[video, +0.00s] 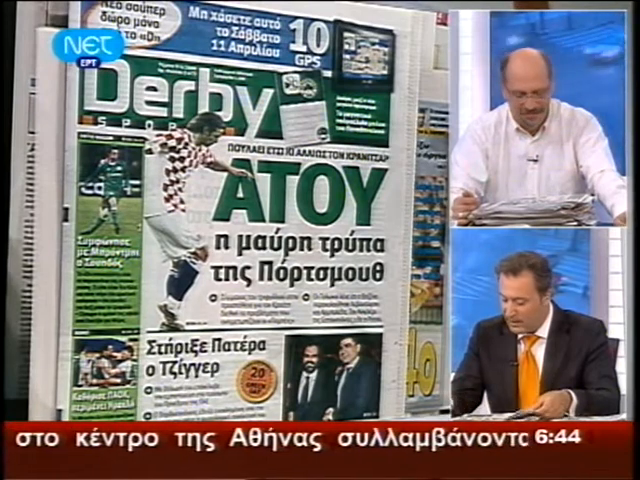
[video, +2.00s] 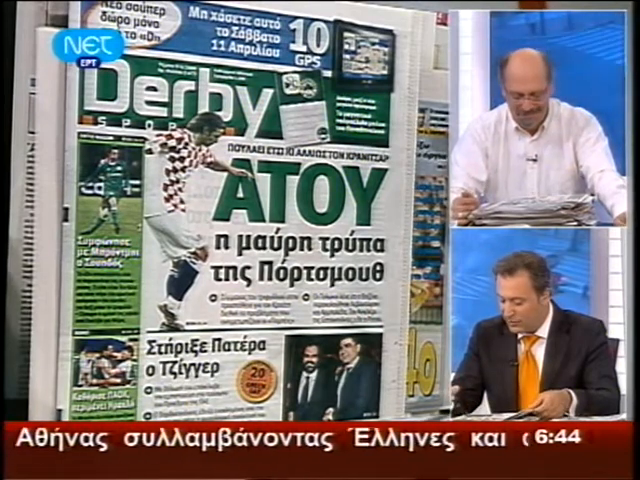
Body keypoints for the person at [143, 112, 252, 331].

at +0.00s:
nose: (215, 141)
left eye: (217, 137)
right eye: (215, 136)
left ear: (207, 132)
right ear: (205, 130)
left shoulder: (199, 150)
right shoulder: (179, 137)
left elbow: (212, 162)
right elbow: (149, 145)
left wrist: (232, 170)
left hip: (165, 209)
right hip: (161, 208)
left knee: (180, 262)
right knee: (200, 251)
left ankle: (170, 317)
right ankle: (172, 304)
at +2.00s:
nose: (215, 141)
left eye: (217, 137)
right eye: (215, 136)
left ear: (207, 132)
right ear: (205, 130)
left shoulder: (199, 150)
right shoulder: (179, 137)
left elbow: (212, 162)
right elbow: (149, 145)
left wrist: (232, 170)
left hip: (166, 209)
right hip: (161, 208)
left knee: (180, 262)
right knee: (200, 251)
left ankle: (171, 317)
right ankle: (172, 304)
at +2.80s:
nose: (215, 141)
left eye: (217, 137)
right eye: (215, 136)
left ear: (207, 132)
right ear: (205, 130)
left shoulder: (199, 150)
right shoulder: (179, 137)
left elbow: (212, 162)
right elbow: (149, 145)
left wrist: (232, 170)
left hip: (166, 209)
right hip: (161, 208)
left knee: (180, 262)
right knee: (200, 251)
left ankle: (171, 317)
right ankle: (172, 304)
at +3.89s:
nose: (215, 141)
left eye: (217, 137)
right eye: (215, 136)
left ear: (206, 132)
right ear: (205, 130)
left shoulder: (199, 150)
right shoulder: (178, 137)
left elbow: (212, 162)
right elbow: (148, 146)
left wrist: (231, 170)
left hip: (167, 209)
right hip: (161, 207)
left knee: (180, 262)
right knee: (200, 251)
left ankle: (171, 317)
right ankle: (172, 303)